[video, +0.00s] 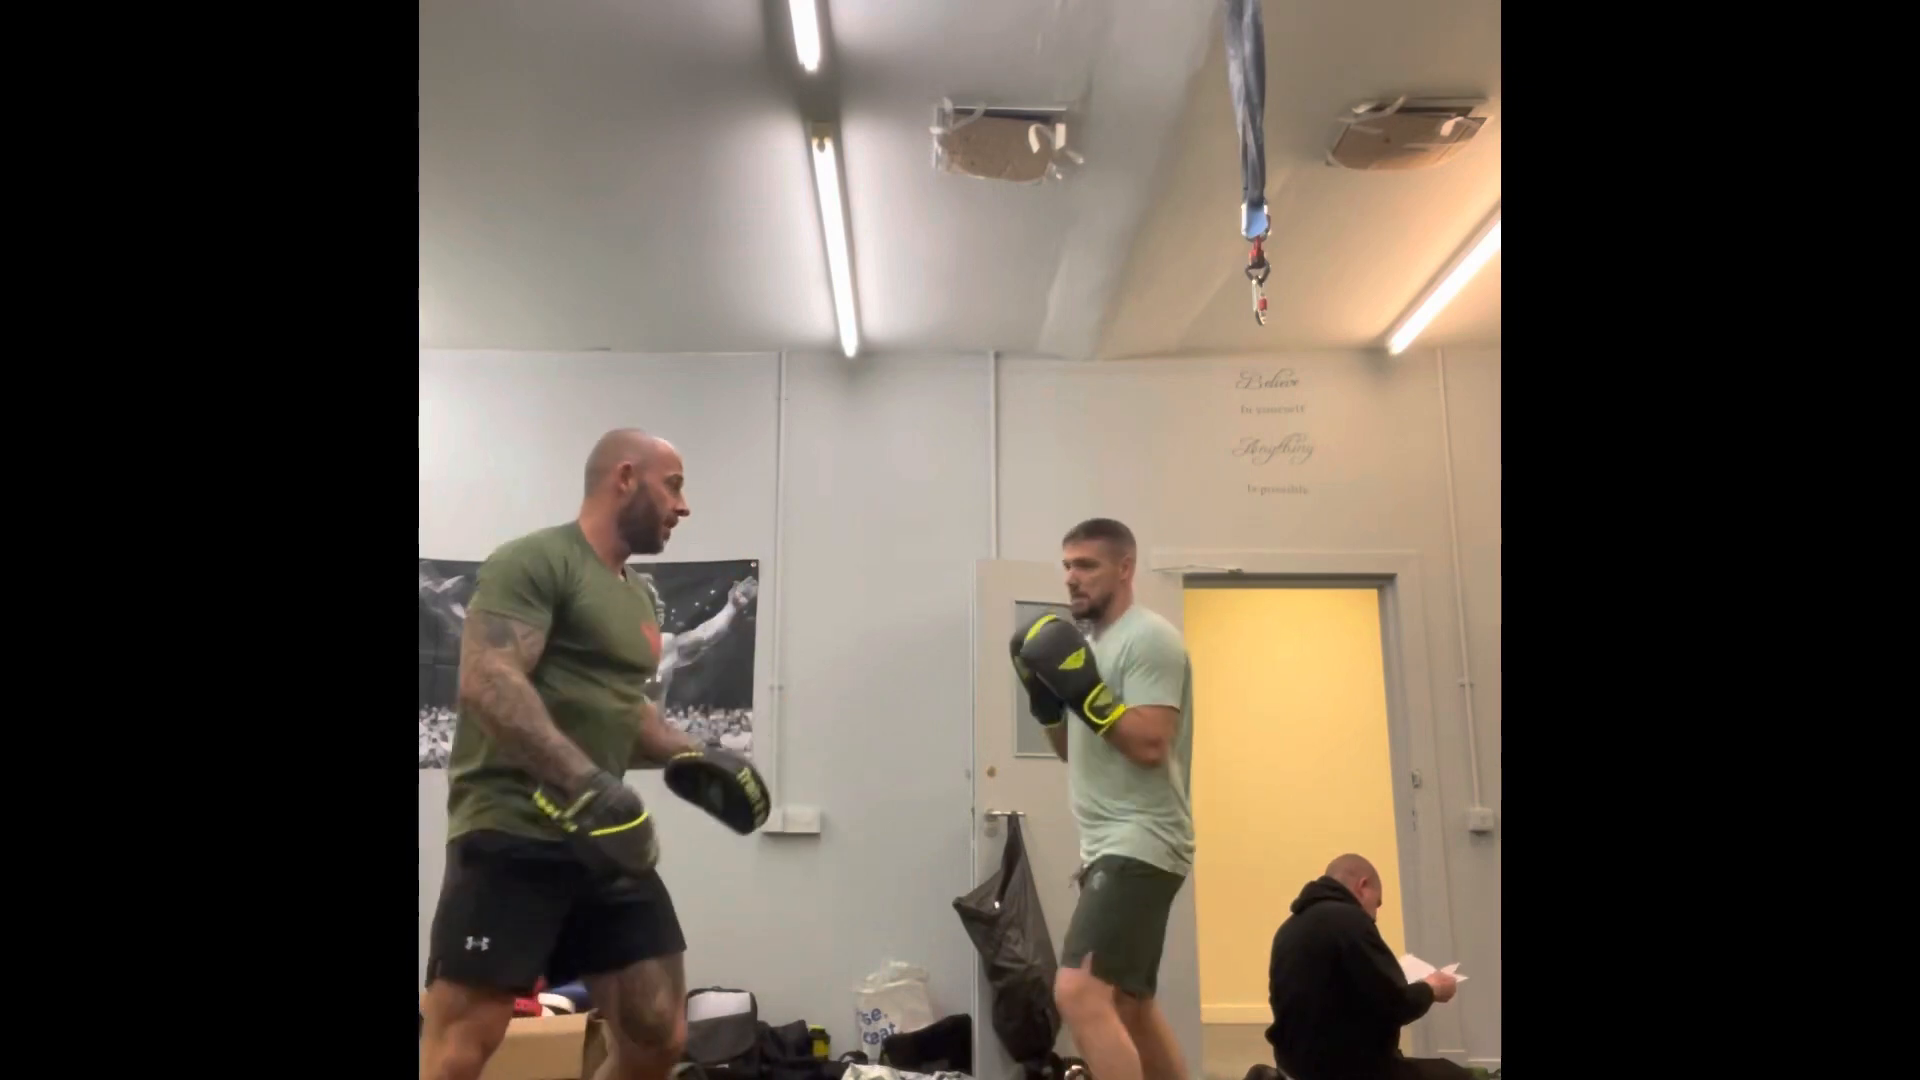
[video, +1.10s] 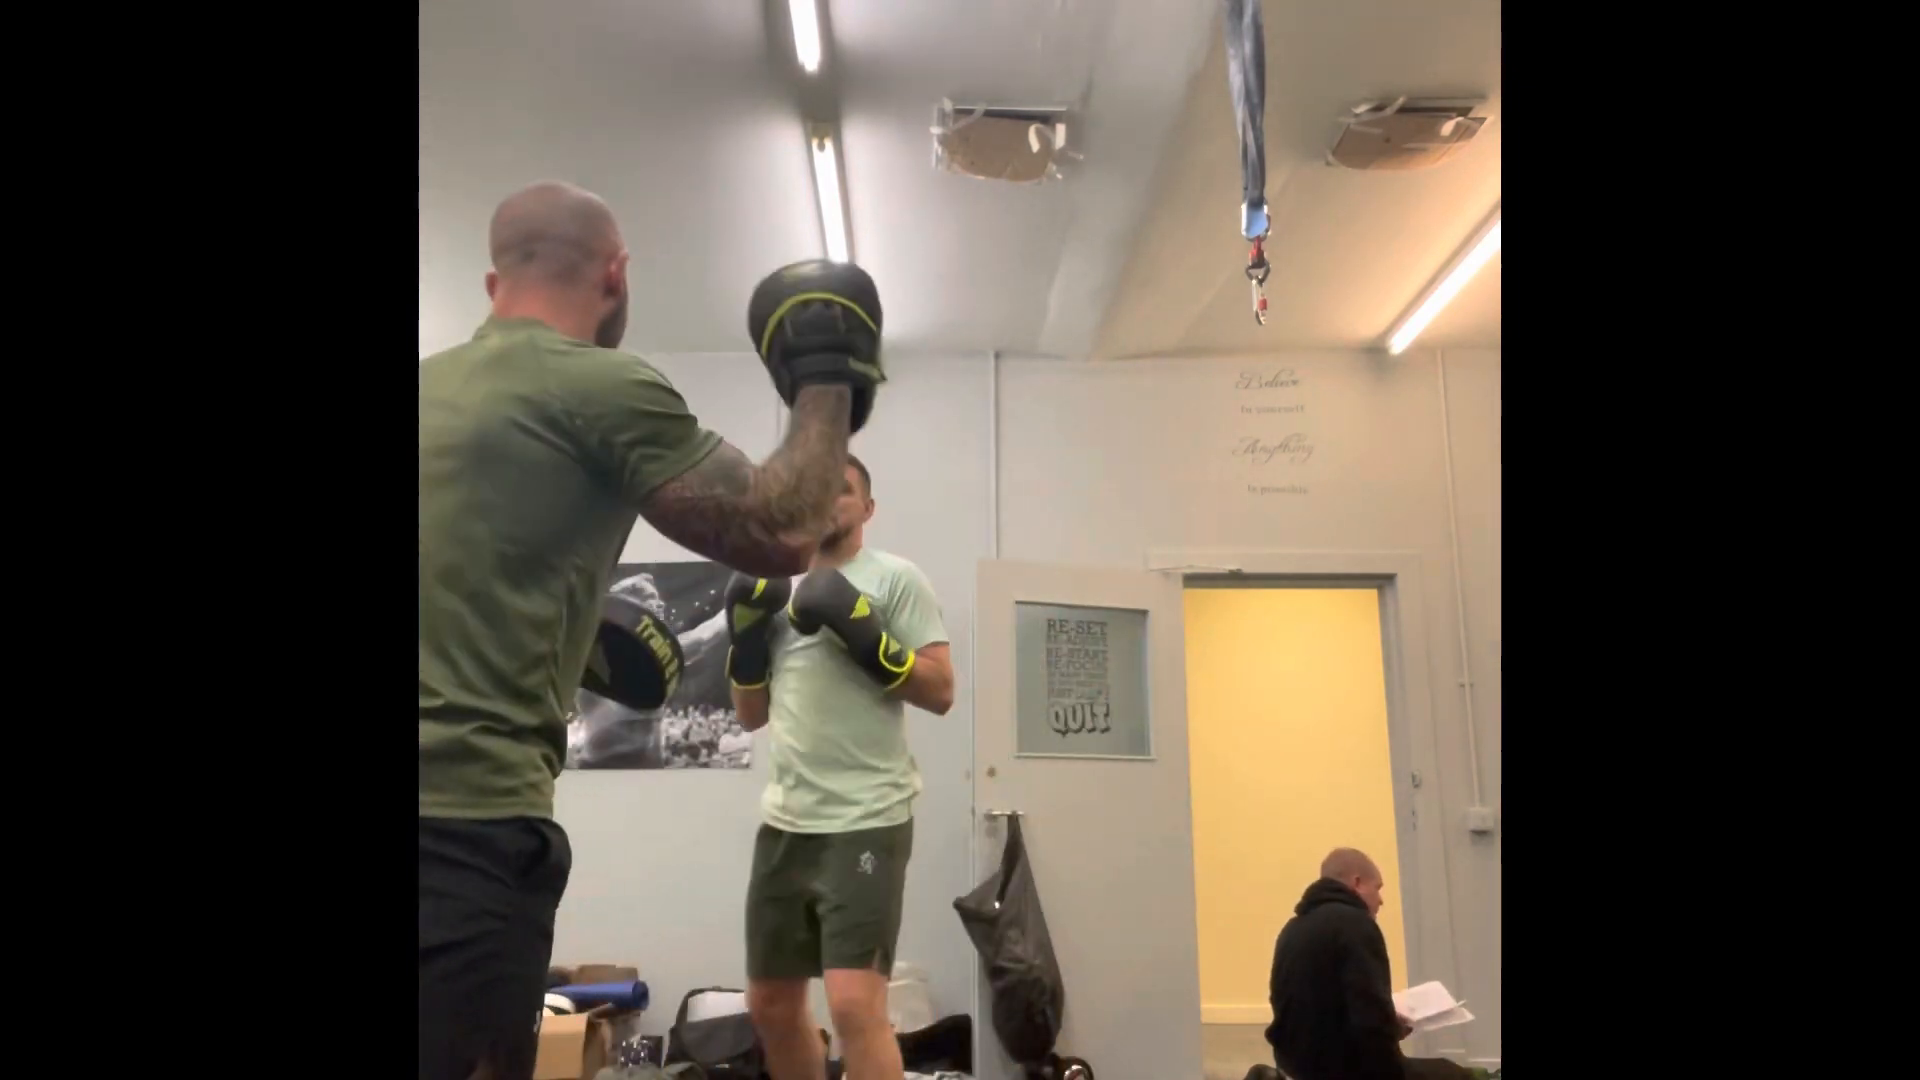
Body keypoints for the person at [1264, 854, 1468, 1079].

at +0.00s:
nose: (1374, 916)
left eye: (1377, 907)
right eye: (1376, 904)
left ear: (1330, 883)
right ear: (1361, 887)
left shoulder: (1287, 930)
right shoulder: (1350, 921)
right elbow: (1392, 1006)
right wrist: (1430, 989)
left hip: (1301, 1067)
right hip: (1356, 1070)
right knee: (1452, 1072)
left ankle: (1272, 1075)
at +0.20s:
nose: (1375, 916)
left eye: (1378, 905)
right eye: (1376, 903)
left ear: (1329, 882)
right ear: (1360, 886)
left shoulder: (1288, 930)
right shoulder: (1350, 921)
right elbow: (1392, 1007)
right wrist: (1430, 989)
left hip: (1301, 1067)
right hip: (1355, 1070)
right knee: (1451, 1071)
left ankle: (1272, 1074)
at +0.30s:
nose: (1378, 905)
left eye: (1378, 893)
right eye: (1376, 891)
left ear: (1327, 882)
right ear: (1356, 882)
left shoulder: (1288, 930)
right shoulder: (1348, 920)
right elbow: (1390, 1007)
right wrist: (1431, 992)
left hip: (1302, 1069)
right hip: (1356, 1071)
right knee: (1454, 1072)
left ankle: (1273, 1074)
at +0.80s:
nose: (1375, 893)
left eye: (1372, 883)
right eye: (1370, 881)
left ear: (1320, 881)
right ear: (1347, 879)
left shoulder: (1287, 930)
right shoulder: (1347, 920)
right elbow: (1387, 1008)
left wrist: (1400, 1000)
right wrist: (1425, 1009)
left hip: (1302, 1068)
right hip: (1357, 1071)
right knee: (1454, 1072)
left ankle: (1271, 1075)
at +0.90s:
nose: (1376, 895)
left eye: (1374, 885)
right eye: (1371, 884)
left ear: (1326, 882)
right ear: (1347, 880)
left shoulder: (1288, 930)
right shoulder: (1350, 920)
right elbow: (1376, 1006)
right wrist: (1426, 1034)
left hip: (1302, 1067)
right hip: (1356, 1069)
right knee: (1460, 1072)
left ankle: (1272, 1074)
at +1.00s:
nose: (1377, 899)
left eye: (1376, 887)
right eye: (1373, 886)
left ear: (1323, 883)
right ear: (1352, 883)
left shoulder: (1290, 929)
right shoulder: (1352, 922)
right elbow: (1372, 1013)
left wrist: (1385, 1018)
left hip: (1299, 1065)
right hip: (1349, 1068)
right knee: (1449, 1070)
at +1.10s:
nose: (1381, 900)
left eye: (1380, 890)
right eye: (1378, 889)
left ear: (1329, 884)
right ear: (1356, 884)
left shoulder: (1292, 929)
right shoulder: (1357, 925)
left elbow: (1287, 1010)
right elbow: (1370, 1019)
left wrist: (1383, 1017)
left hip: (1299, 1066)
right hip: (1351, 1071)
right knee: (1450, 1071)